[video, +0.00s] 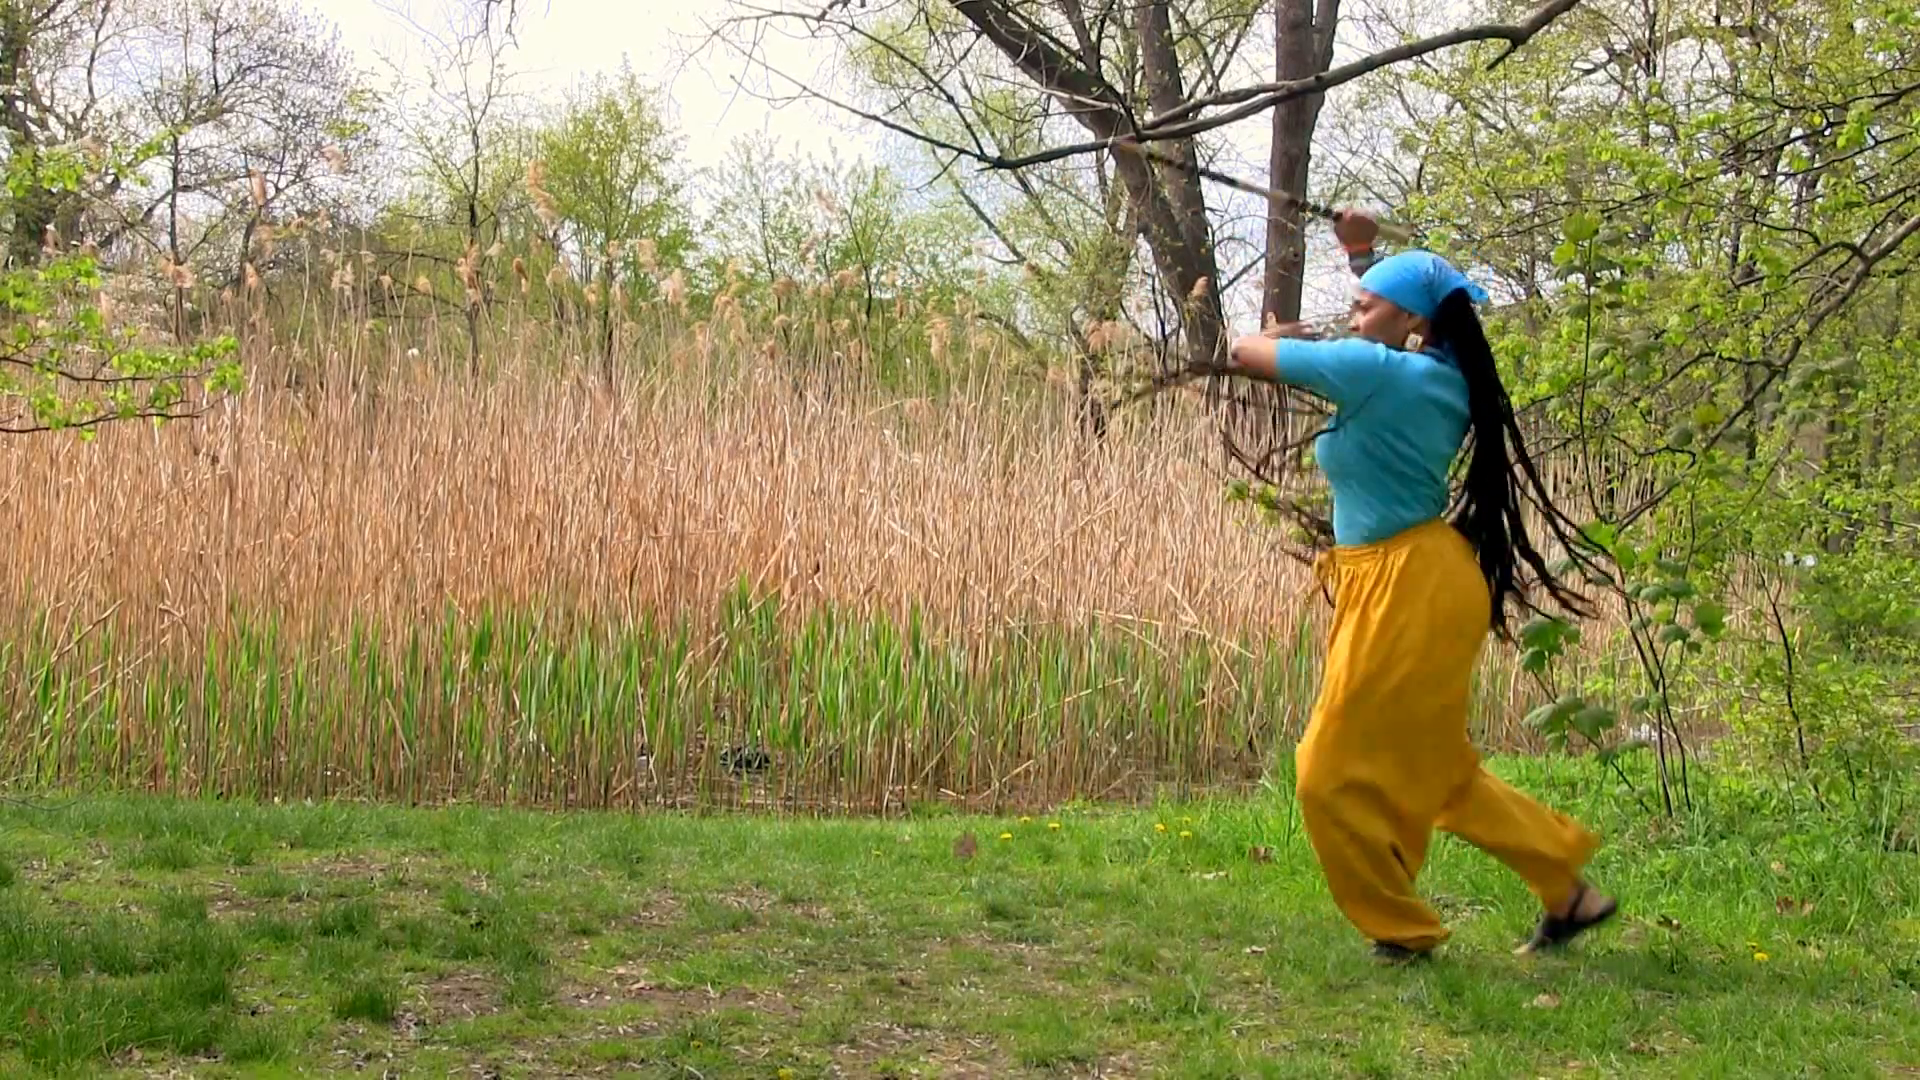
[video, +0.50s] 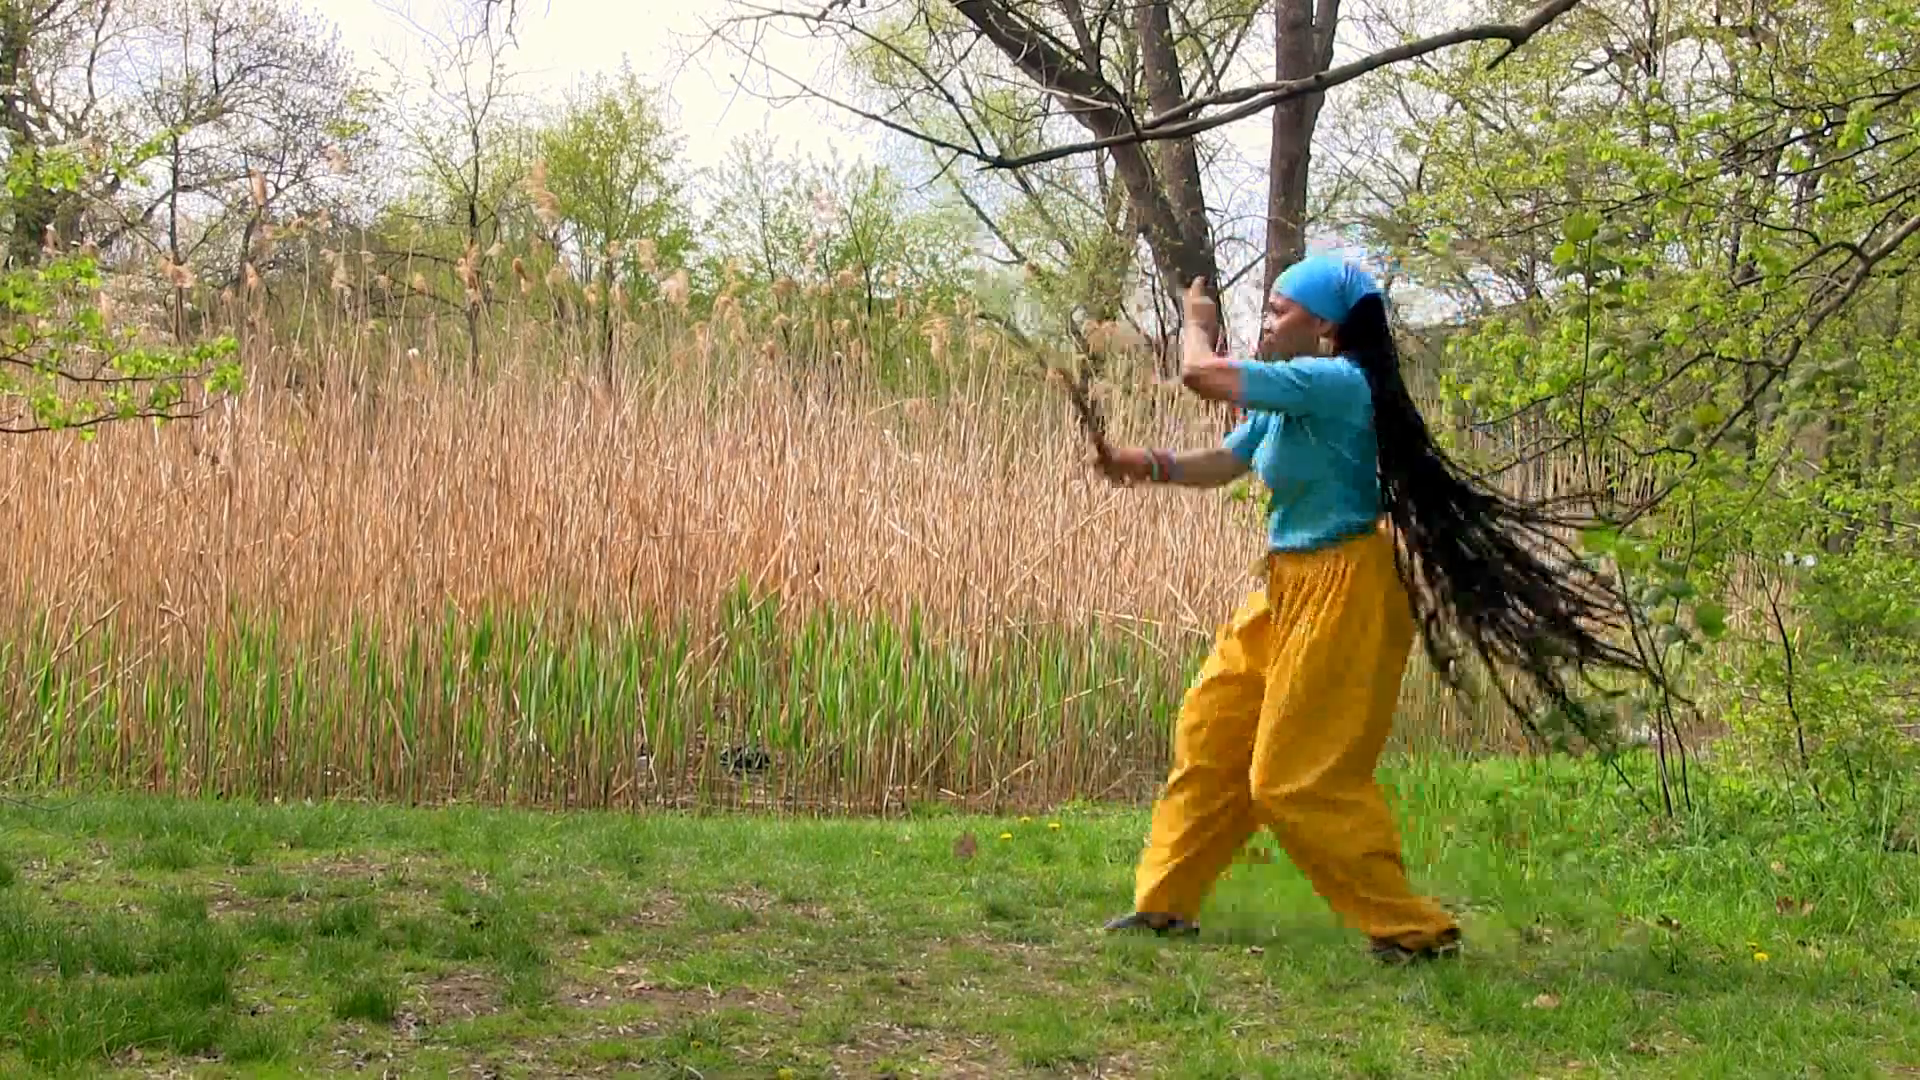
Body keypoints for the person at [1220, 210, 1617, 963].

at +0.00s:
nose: (1358, 308)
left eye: (1373, 301)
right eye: (1360, 298)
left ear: (1413, 318)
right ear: (1424, 323)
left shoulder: (1371, 369)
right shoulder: (1450, 384)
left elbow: (1247, 353)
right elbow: (1407, 328)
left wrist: (1280, 331)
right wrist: (1362, 254)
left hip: (1401, 582)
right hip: (1439, 570)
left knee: (1326, 771)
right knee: (1433, 767)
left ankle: (1403, 934)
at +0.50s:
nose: (1266, 321)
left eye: (1281, 310)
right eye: (1271, 308)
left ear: (1325, 330)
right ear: (1311, 328)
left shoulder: (1340, 382)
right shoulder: (1287, 396)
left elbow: (1205, 373)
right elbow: (1227, 461)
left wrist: (1196, 317)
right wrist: (1147, 465)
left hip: (1345, 588)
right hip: (1286, 588)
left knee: (1296, 773)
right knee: (1212, 735)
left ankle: (1412, 932)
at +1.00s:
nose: (1219, 366)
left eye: (1231, 355)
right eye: (1224, 353)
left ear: (1265, 362)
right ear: (1297, 363)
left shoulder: (1234, 409)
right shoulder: (1346, 402)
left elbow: (1103, 462)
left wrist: (994, 499)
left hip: (1325, 581)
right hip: (1411, 583)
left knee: (1193, 707)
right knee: (1380, 758)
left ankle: (1205, 910)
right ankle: (1493, 911)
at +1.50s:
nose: (1271, 384)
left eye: (1282, 372)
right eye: (1275, 371)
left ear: (1320, 383)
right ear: (1324, 384)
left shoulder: (1338, 424)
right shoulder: (1330, 442)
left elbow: (1396, 497)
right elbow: (1294, 577)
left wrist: (1312, 566)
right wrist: (1208, 610)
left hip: (1342, 625)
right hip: (1404, 627)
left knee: (1201, 751)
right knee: (1375, 792)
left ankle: (1118, 930)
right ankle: (1477, 930)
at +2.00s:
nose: (1384, 306)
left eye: (1397, 295)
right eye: (1390, 294)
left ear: (1432, 306)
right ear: (1447, 313)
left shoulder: (1412, 345)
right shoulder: (1440, 375)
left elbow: (1304, 404)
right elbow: (1327, 464)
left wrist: (1349, 381)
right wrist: (1247, 435)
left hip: (1401, 557)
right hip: (1462, 566)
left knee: (1259, 715)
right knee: (1422, 766)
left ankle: (1360, 873)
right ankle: (1484, 934)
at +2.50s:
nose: (1176, 295)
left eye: (1189, 284)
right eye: (1182, 280)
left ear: (1227, 300)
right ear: (1231, 301)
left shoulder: (1216, 360)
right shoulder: (1247, 361)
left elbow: (1173, 467)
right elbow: (1171, 477)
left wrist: (1084, 494)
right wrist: (1085, 503)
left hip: (1216, 557)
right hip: (1269, 552)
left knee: (1126, 728)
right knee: (1245, 743)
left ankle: (1128, 917)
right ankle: (1378, 851)